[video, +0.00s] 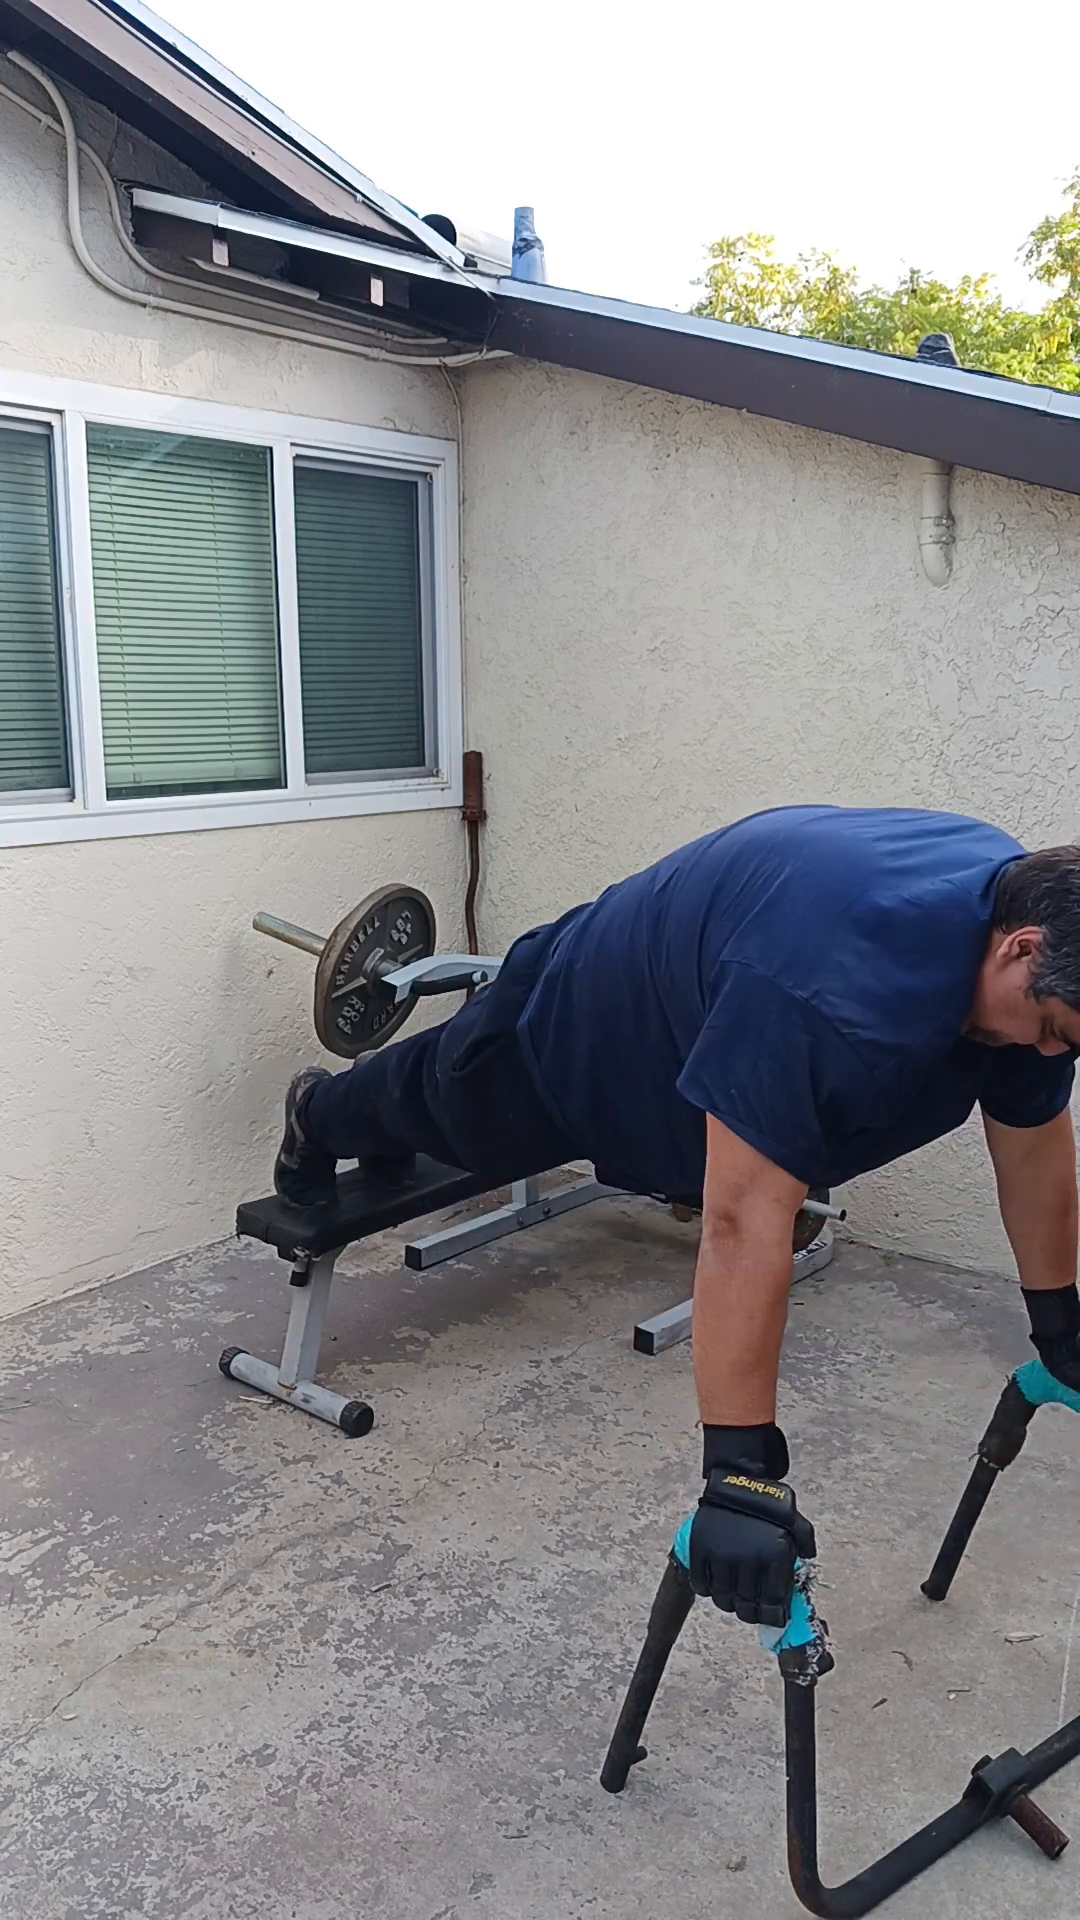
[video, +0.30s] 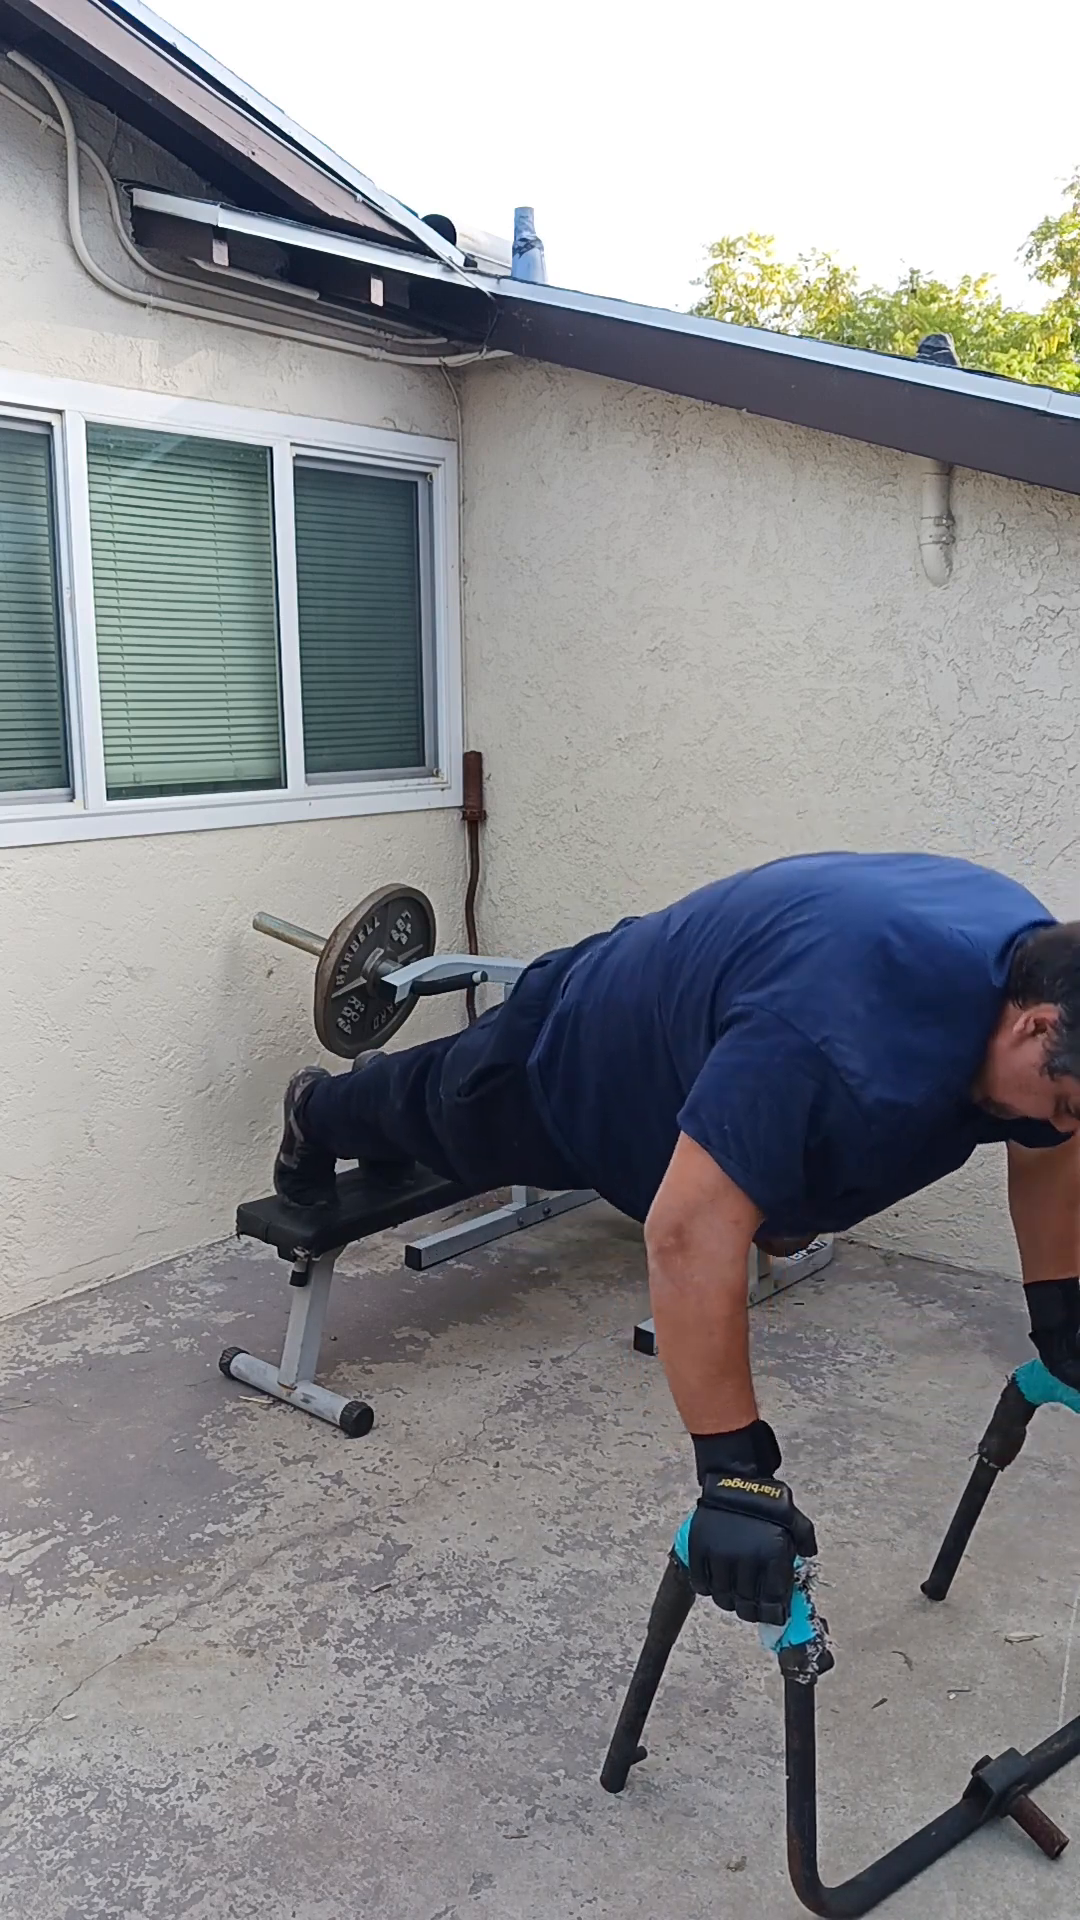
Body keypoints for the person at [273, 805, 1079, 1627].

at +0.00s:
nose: (1047, 1053)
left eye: (1064, 1041)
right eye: (1049, 1027)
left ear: (1031, 946)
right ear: (1013, 947)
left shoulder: (1019, 950)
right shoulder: (819, 982)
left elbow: (1039, 1152)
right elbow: (741, 1229)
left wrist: (1058, 1322)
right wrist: (740, 1475)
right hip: (599, 1001)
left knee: (515, 1097)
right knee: (440, 1080)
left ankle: (409, 1131)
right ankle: (315, 1115)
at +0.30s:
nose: (1055, 1128)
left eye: (1070, 1118)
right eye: (1060, 1105)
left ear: (1044, 1026)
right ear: (1030, 1032)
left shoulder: (1035, 968)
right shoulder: (820, 1032)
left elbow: (1048, 1150)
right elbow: (689, 1238)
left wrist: (1058, 1324)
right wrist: (735, 1479)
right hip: (591, 1041)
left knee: (508, 1115)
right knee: (433, 1095)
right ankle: (314, 1110)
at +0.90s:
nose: (1046, 1557)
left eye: (1062, 1556)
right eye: (1065, 1545)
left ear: (1068, 1485)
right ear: (1060, 1487)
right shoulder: (934, 1377)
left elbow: (1059, 1131)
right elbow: (686, 1271)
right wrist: (733, 1486)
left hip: (715, 1156)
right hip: (622, 1223)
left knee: (538, 1144)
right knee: (452, 1190)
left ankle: (397, 1084)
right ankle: (324, 1112)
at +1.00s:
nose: (1029, 1586)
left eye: (1045, 1588)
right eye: (1046, 1582)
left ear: (1063, 1517)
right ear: (1057, 1525)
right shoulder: (944, 1400)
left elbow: (1058, 1133)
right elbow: (701, 1272)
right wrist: (734, 1488)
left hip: (713, 1165)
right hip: (633, 1236)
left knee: (538, 1156)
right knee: (457, 1197)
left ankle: (393, 1084)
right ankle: (325, 1112)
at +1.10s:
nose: (1027, 1582)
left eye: (1042, 1585)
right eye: (1044, 1579)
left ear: (1062, 1518)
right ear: (1057, 1525)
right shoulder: (939, 1402)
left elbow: (1058, 1133)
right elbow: (694, 1274)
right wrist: (732, 1488)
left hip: (718, 1165)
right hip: (626, 1233)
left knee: (538, 1154)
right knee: (454, 1194)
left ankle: (396, 1085)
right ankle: (325, 1114)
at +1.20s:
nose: (1039, 1533)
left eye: (1054, 1530)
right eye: (1057, 1525)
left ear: (1064, 1473)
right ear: (1059, 1474)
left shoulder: (1079, 1254)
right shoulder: (915, 1347)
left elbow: (1065, 1131)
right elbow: (667, 1277)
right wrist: (730, 1488)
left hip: (716, 1150)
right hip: (605, 1222)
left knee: (538, 1138)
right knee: (453, 1190)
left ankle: (399, 1086)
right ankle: (323, 1112)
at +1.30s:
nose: (1044, 1454)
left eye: (1061, 1449)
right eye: (1065, 1444)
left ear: (1066, 1388)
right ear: (1062, 1392)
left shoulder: (1073, 1194)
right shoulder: (906, 1287)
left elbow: (1063, 1131)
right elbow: (651, 1284)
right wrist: (729, 1485)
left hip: (701, 1110)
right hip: (593, 1195)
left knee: (530, 1126)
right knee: (441, 1167)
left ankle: (394, 1083)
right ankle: (316, 1111)